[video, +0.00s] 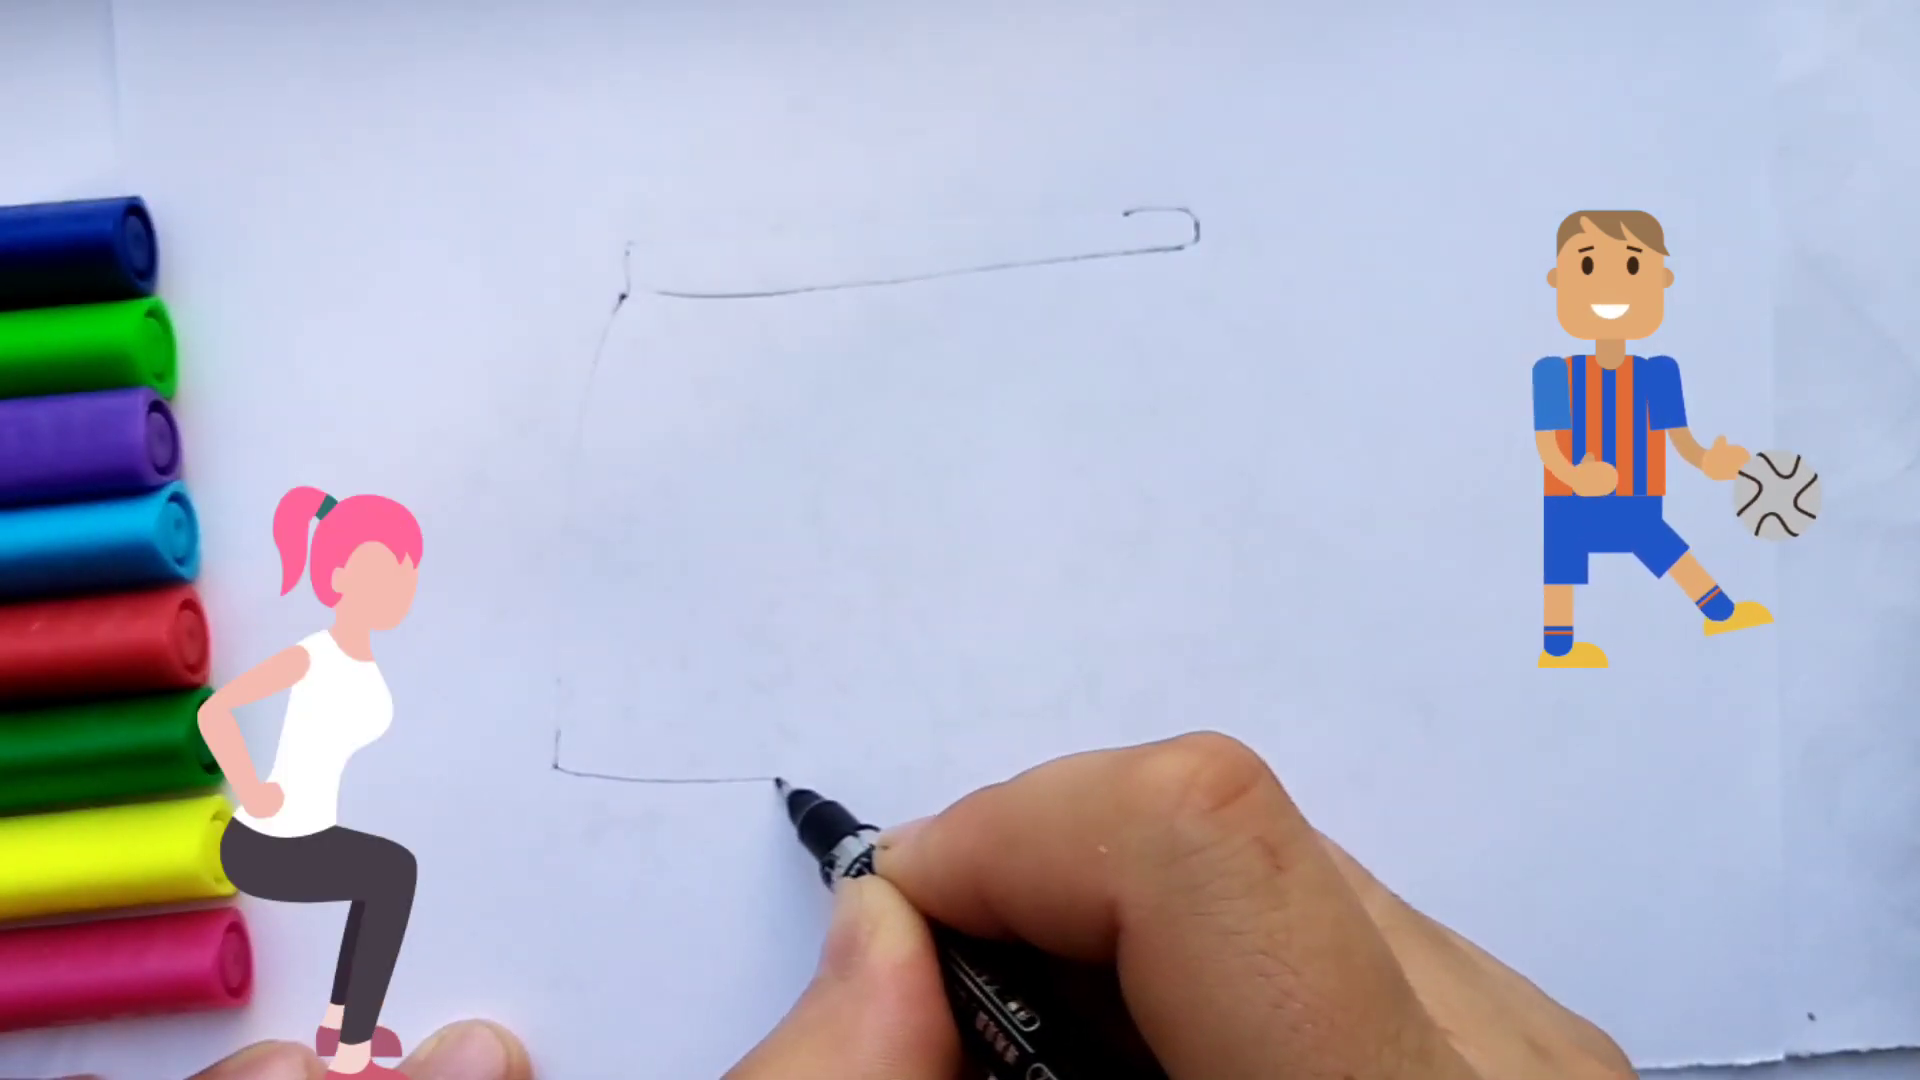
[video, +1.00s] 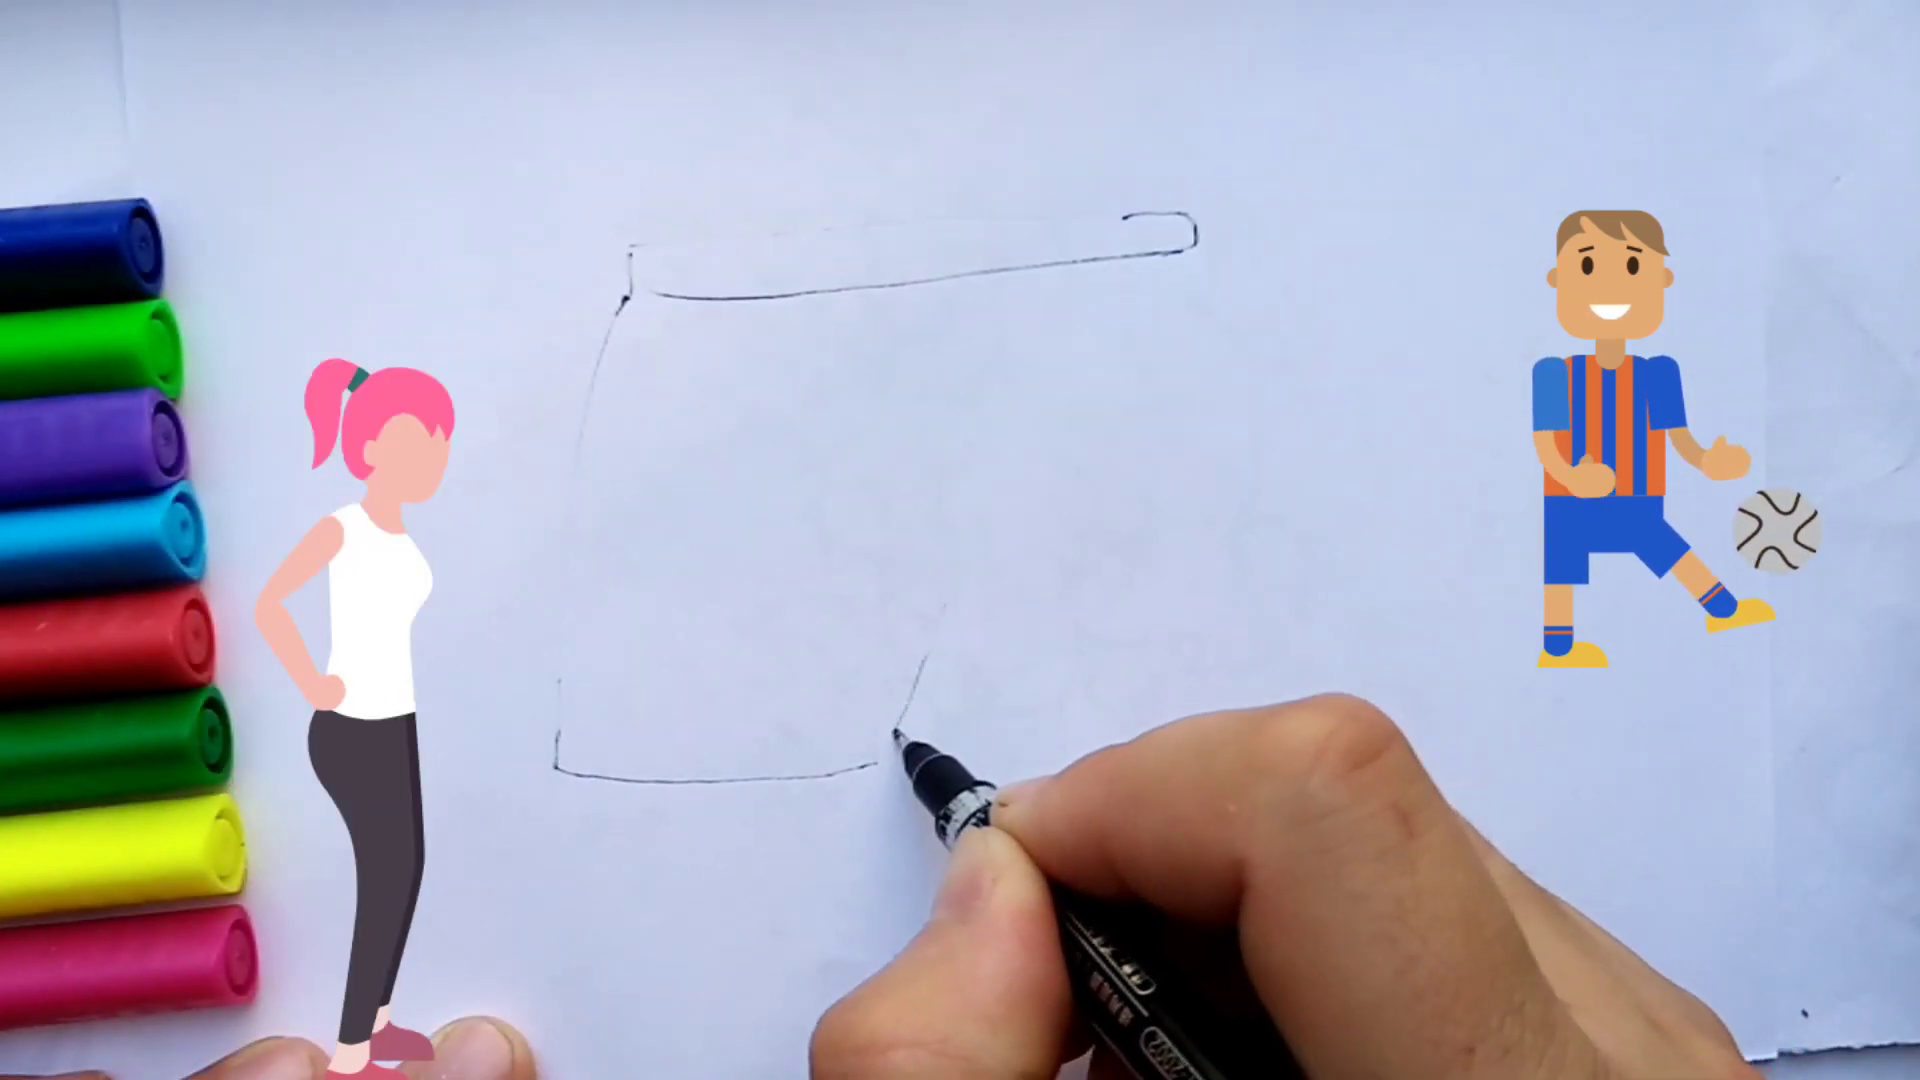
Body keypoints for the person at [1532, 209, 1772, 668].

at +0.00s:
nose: (1610, 287)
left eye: (1631, 267)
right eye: (1589, 266)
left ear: (1662, 283)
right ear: (1559, 283)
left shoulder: (1657, 374)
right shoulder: (1556, 373)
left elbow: (1682, 437)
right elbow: (1547, 441)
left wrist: (1710, 462)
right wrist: (1573, 476)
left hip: (1632, 505)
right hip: (1569, 507)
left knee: (1667, 551)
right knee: (1560, 569)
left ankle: (1719, 610)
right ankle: (1557, 646)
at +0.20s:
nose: (1611, 287)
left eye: (1631, 267)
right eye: (1589, 266)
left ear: (1662, 283)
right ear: (1559, 283)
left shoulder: (1656, 374)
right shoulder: (1559, 373)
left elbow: (1683, 436)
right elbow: (1552, 441)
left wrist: (1709, 460)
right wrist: (1580, 473)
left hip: (1631, 506)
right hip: (1570, 507)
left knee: (1664, 552)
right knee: (1562, 568)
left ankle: (1710, 618)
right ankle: (1558, 646)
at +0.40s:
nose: (1610, 287)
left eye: (1631, 267)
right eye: (1589, 267)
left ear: (1662, 283)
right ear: (1559, 284)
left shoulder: (1657, 374)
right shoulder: (1555, 374)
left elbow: (1680, 435)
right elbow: (1546, 440)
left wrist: (1708, 462)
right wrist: (1570, 477)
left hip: (1633, 506)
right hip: (1569, 508)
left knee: (1671, 552)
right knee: (1560, 572)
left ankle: (1722, 607)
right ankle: (1557, 646)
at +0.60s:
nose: (1610, 287)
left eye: (1632, 267)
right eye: (1589, 267)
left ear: (1661, 283)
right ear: (1560, 284)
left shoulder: (1656, 374)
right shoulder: (1555, 373)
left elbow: (1681, 436)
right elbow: (1545, 439)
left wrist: (1708, 462)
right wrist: (1570, 477)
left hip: (1632, 505)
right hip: (1569, 507)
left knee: (1670, 551)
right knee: (1561, 570)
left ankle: (1723, 607)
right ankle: (1557, 645)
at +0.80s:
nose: (1610, 287)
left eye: (1631, 266)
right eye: (1589, 267)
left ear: (1662, 283)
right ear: (1558, 283)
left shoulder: (1655, 373)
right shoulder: (1560, 373)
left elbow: (1681, 434)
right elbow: (1554, 439)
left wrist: (1710, 460)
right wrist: (1582, 470)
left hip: (1630, 505)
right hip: (1570, 506)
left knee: (1663, 554)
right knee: (1561, 570)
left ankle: (1707, 622)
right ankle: (1557, 647)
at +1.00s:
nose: (1610, 287)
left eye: (1631, 267)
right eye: (1589, 267)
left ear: (1661, 283)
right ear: (1561, 284)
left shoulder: (1657, 373)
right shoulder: (1555, 374)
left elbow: (1681, 436)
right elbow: (1546, 440)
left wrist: (1708, 462)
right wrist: (1570, 477)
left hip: (1633, 505)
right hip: (1569, 507)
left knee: (1671, 552)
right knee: (1561, 572)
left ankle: (1722, 607)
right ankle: (1557, 646)